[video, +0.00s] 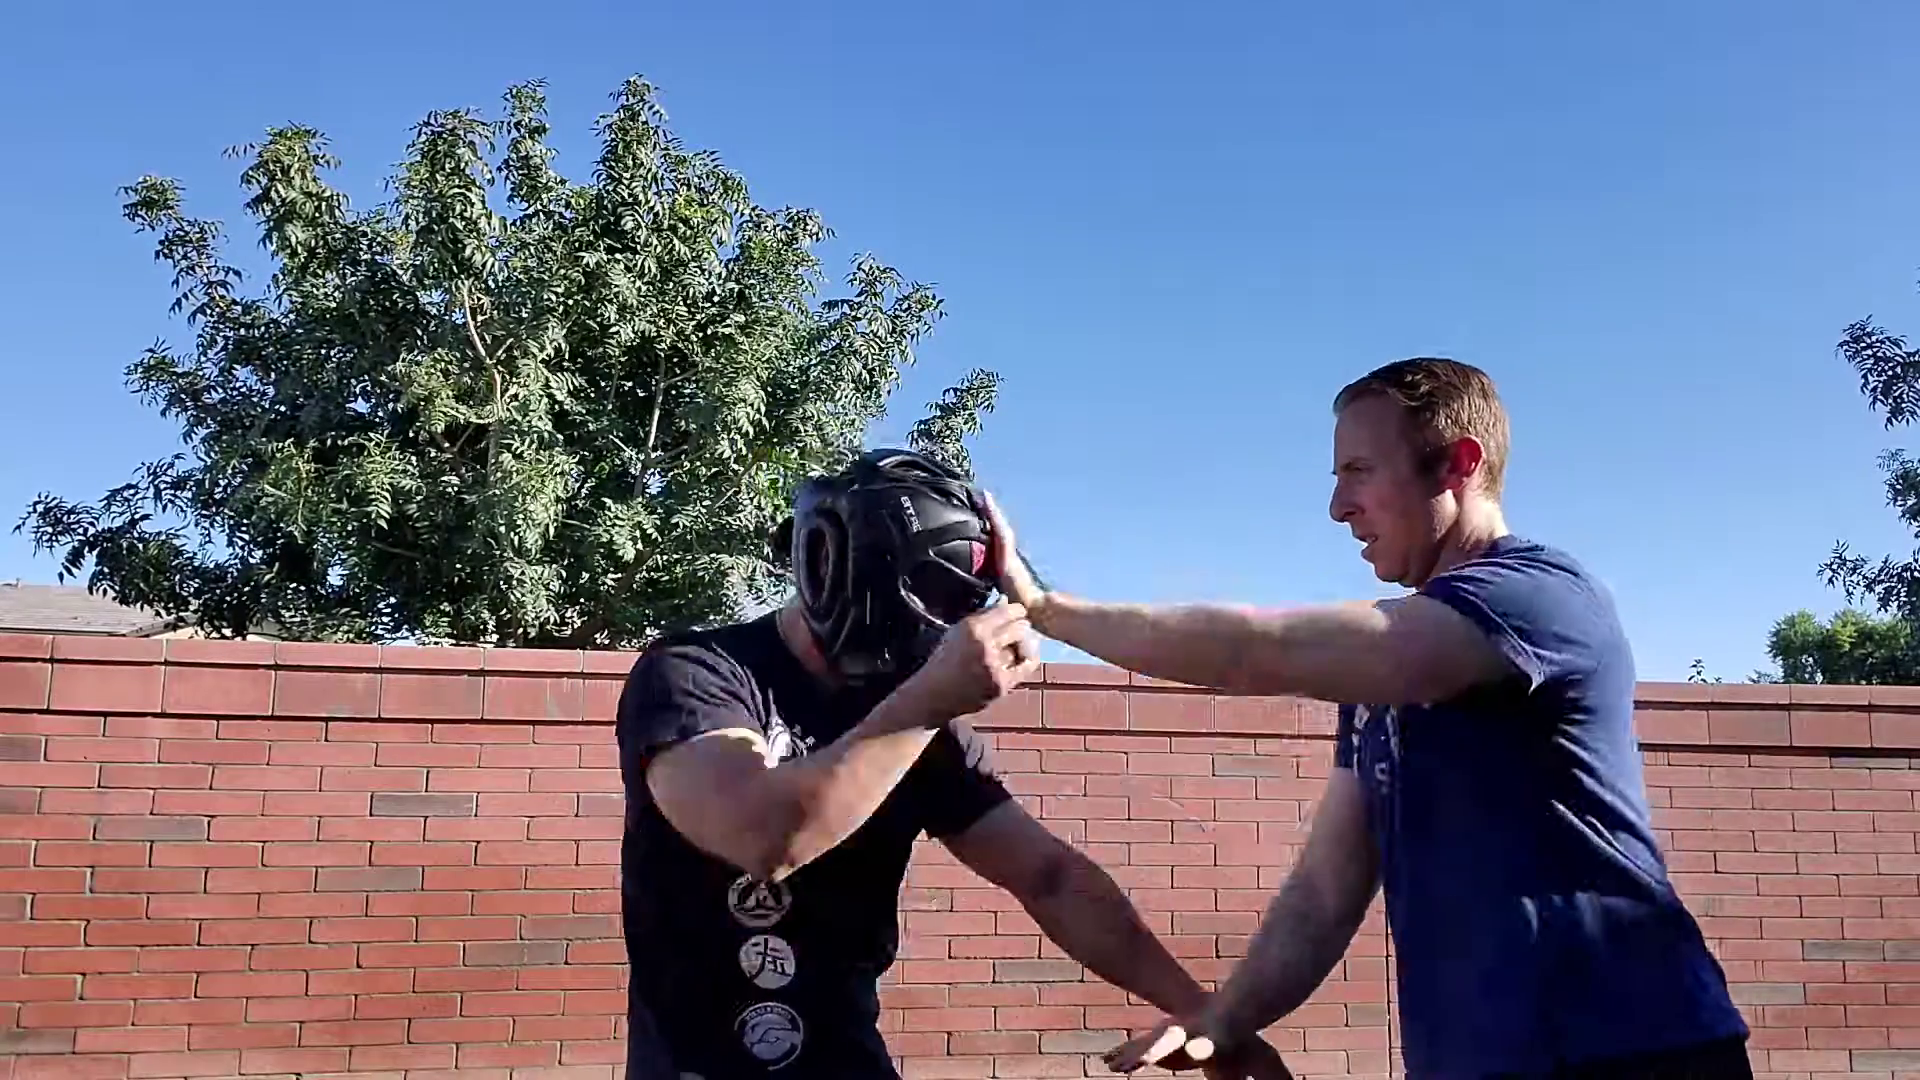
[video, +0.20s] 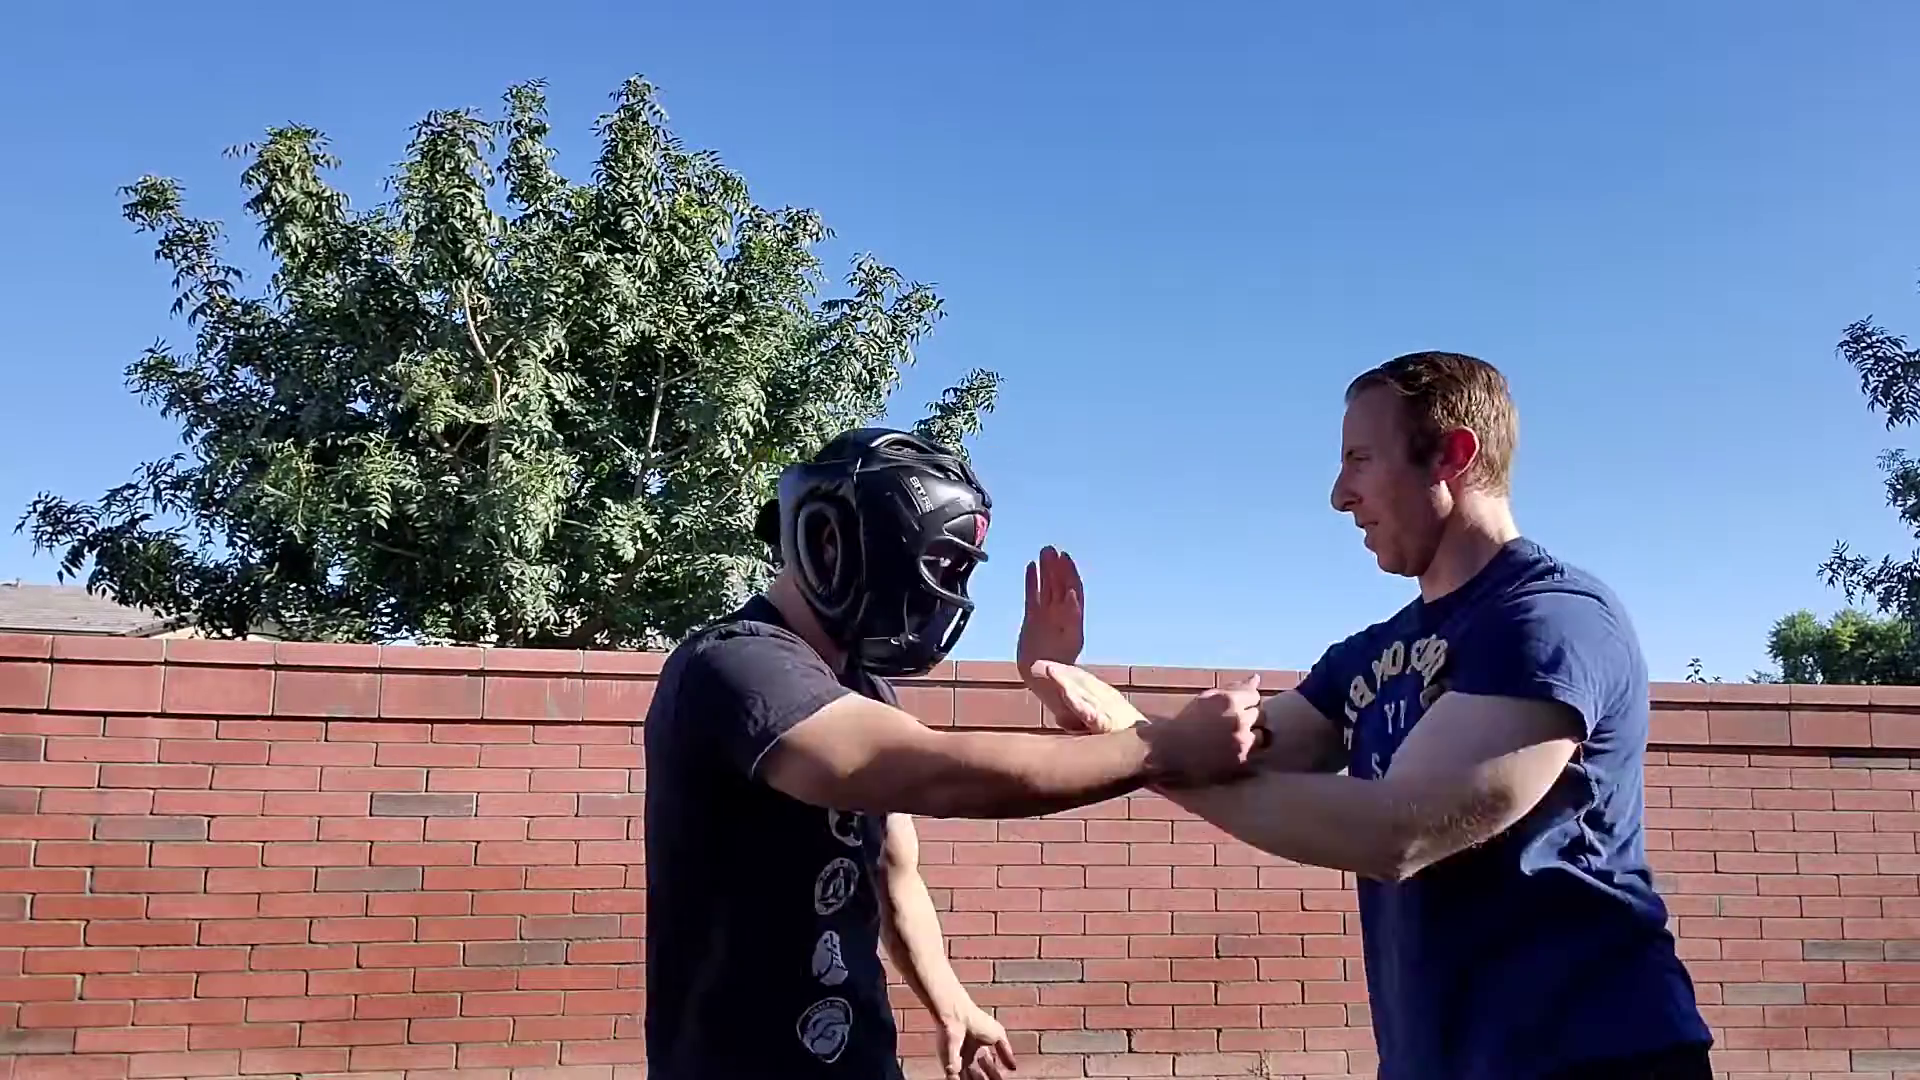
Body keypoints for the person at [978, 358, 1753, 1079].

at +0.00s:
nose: (1339, 504)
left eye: (1361, 471)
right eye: (1339, 477)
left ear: (1458, 468)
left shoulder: (1545, 600)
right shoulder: (1386, 680)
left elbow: (1256, 652)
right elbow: (1321, 897)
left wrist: (1046, 609)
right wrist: (1219, 1028)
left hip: (1623, 1042)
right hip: (1465, 1054)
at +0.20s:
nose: (1340, 493)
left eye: (1358, 459)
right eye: (1345, 463)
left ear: (1450, 459)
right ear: (1442, 463)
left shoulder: (1555, 618)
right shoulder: (1374, 655)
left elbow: (1395, 836)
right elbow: (1235, 746)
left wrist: (1172, 767)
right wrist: (1106, 708)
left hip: (1588, 1049)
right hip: (1433, 1055)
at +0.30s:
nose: (1358, 481)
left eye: (1383, 449)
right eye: (1364, 453)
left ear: (1482, 455)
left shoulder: (1575, 632)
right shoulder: (1387, 643)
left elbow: (1429, 860)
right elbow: (1187, 689)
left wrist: (1190, 879)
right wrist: (1013, 615)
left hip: (1595, 1052)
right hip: (1434, 1054)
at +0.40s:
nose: (1373, 468)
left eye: (1403, 439)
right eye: (1379, 443)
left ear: (1503, 452)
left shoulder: (1577, 631)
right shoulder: (1391, 638)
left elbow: (1431, 868)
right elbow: (1251, 764)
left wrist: (1190, 795)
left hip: (1589, 1051)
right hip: (1434, 1056)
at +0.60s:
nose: (1403, 467)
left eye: (1431, 434)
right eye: (1411, 438)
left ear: (1536, 445)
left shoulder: (1554, 616)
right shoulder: (1494, 615)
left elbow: (1253, 677)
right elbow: (1439, 851)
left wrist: (1052, 591)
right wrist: (1289, 781)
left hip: (1556, 1044)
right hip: (1463, 1042)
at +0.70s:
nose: (1388, 467)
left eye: (1418, 433)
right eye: (1397, 437)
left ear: (1516, 441)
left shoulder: (1539, 620)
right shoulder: (1509, 609)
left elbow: (1247, 678)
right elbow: (1476, 862)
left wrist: (1054, 626)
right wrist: (1305, 820)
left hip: (1555, 1049)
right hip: (1462, 1045)